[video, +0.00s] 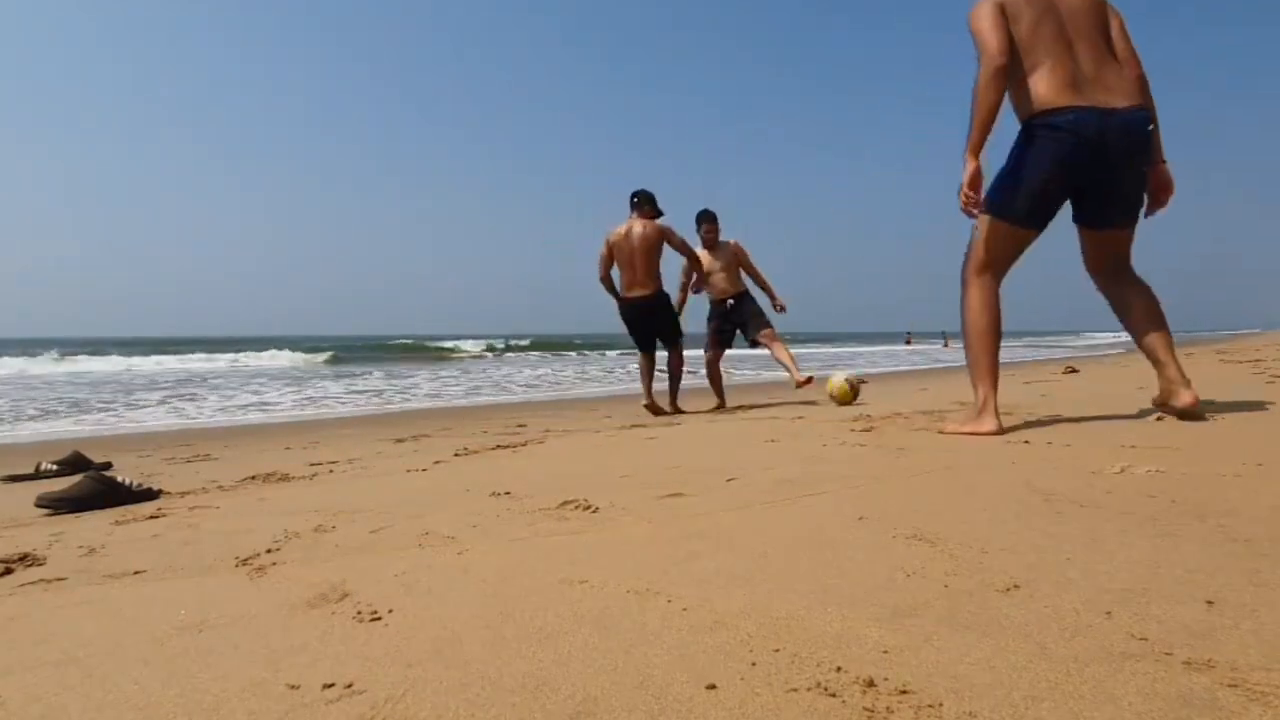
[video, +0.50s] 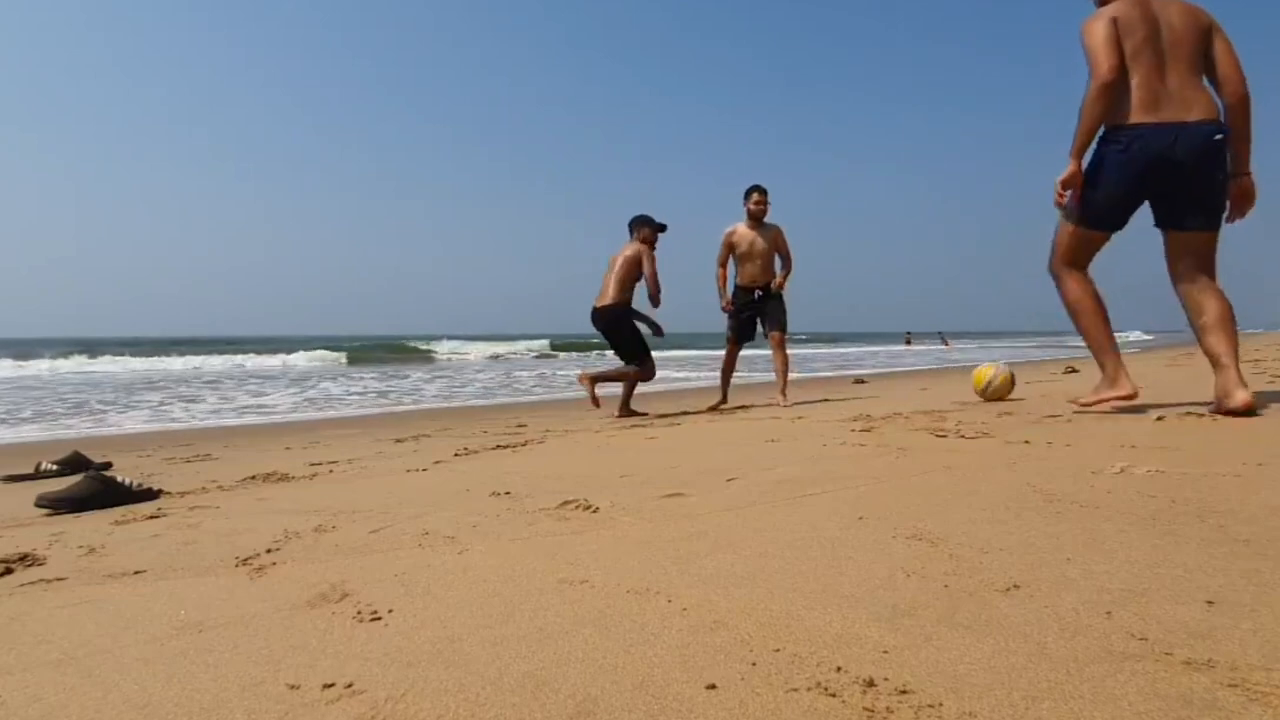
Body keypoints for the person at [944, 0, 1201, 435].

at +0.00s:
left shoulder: (990, 6)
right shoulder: (1100, 6)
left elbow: (997, 62)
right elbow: (1132, 67)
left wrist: (973, 153)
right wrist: (1155, 158)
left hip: (1055, 134)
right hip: (1127, 133)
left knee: (982, 268)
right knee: (1112, 266)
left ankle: (984, 410)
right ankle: (1175, 384)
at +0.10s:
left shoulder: (1012, 16)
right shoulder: (1122, 10)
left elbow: (1007, 86)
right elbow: (1161, 81)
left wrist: (978, 178)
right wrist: (1180, 165)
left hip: (1069, 148)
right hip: (1144, 147)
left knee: (990, 275)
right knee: (1137, 273)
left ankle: (985, 410)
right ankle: (1221, 386)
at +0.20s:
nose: (1039, 4)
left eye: (1041, 5)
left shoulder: (1047, 20)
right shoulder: (1155, 10)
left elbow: (1033, 98)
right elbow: (1198, 84)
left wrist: (1000, 184)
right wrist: (1208, 167)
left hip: (1086, 149)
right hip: (1163, 149)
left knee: (1020, 281)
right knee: (1163, 279)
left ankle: (986, 411)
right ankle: (1230, 395)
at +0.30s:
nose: (1076, 9)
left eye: (1076, 7)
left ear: (1088, 2)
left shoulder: (1078, 26)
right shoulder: (1188, 14)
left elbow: (1064, 100)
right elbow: (1232, 91)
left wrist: (1031, 184)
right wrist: (1233, 176)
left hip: (1107, 153)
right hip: (1184, 153)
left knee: (1049, 281)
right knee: (1181, 281)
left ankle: (1003, 391)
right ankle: (1232, 393)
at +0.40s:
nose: (1095, 8)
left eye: (1095, 6)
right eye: (1095, 7)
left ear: (1106, 1)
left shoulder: (1098, 25)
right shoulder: (1202, 18)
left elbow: (1091, 93)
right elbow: (1242, 98)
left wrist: (1057, 176)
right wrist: (1243, 182)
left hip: (1123, 155)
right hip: (1197, 154)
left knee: (1059, 273)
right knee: (1191, 280)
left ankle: (1059, 366)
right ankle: (1231, 393)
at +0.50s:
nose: (1093, 6)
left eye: (1095, 5)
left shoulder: (1103, 18)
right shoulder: (1200, 15)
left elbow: (1107, 76)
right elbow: (1236, 93)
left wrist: (1076, 158)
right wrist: (1241, 171)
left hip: (1130, 148)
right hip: (1201, 148)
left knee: (1067, 264)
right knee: (1194, 273)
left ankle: (1114, 379)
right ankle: (1232, 385)